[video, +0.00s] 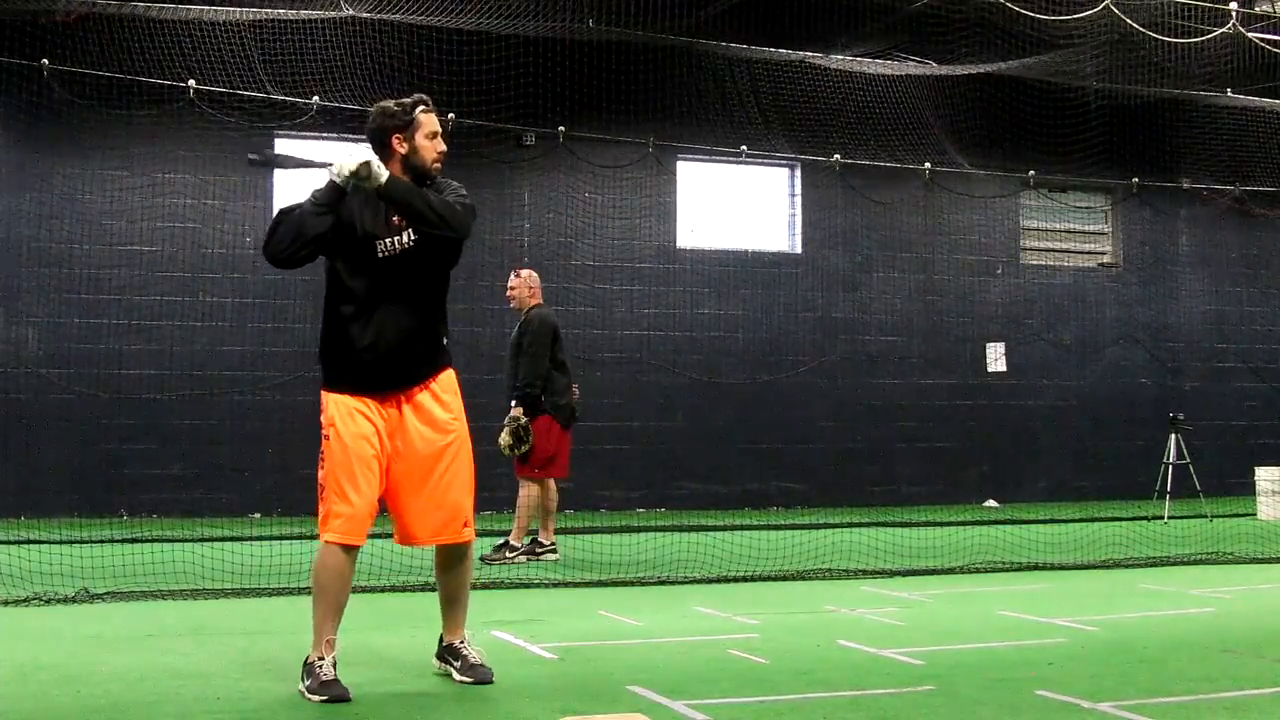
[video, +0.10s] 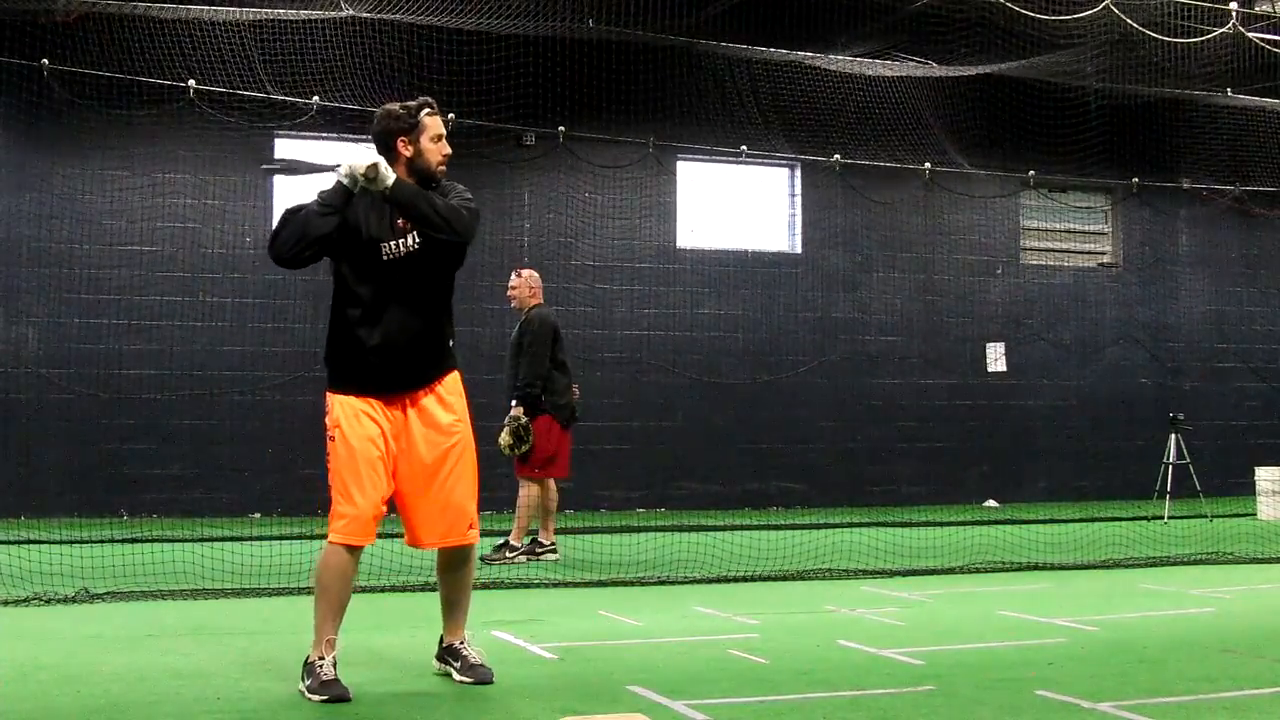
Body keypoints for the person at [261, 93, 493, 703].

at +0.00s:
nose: (443, 145)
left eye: (442, 135)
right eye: (434, 136)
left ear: (412, 143)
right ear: (398, 142)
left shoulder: (445, 198)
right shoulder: (344, 202)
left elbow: (458, 224)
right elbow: (279, 248)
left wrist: (389, 179)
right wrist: (339, 193)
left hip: (430, 385)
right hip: (355, 391)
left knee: (454, 522)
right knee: (345, 527)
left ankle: (455, 642)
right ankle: (322, 658)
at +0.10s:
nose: (448, 147)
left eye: (447, 138)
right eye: (439, 138)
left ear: (416, 145)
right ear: (404, 146)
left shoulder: (448, 199)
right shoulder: (350, 203)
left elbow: (461, 230)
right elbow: (284, 248)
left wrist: (393, 183)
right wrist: (344, 196)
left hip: (435, 387)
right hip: (360, 391)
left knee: (457, 523)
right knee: (353, 524)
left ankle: (454, 643)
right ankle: (321, 657)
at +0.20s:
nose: (451, 152)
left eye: (449, 143)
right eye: (442, 143)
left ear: (419, 148)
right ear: (408, 150)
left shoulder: (452, 204)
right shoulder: (352, 205)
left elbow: (465, 234)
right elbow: (286, 242)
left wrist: (397, 190)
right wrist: (347, 192)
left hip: (435, 390)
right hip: (360, 393)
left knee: (458, 525)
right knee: (359, 520)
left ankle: (454, 643)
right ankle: (321, 657)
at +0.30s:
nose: (450, 157)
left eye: (449, 148)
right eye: (441, 148)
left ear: (422, 153)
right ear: (408, 154)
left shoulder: (450, 210)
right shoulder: (350, 206)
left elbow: (461, 245)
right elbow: (282, 235)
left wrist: (397, 194)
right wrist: (348, 189)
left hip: (430, 393)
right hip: (355, 394)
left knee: (458, 526)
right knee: (357, 520)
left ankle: (454, 644)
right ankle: (322, 657)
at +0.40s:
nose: (447, 161)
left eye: (446, 151)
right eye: (439, 151)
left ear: (416, 154)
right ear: (405, 155)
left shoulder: (443, 213)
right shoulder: (346, 205)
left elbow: (455, 252)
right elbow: (276, 228)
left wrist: (394, 195)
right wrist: (345, 183)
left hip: (420, 392)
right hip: (345, 393)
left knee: (455, 524)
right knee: (349, 520)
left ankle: (455, 640)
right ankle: (321, 656)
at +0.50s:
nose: (446, 163)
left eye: (445, 153)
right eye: (438, 154)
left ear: (416, 157)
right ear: (404, 158)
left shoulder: (441, 216)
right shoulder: (343, 206)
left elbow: (450, 254)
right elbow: (272, 223)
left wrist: (393, 196)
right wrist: (344, 182)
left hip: (415, 393)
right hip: (339, 395)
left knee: (457, 526)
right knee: (345, 522)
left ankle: (459, 634)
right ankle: (320, 657)